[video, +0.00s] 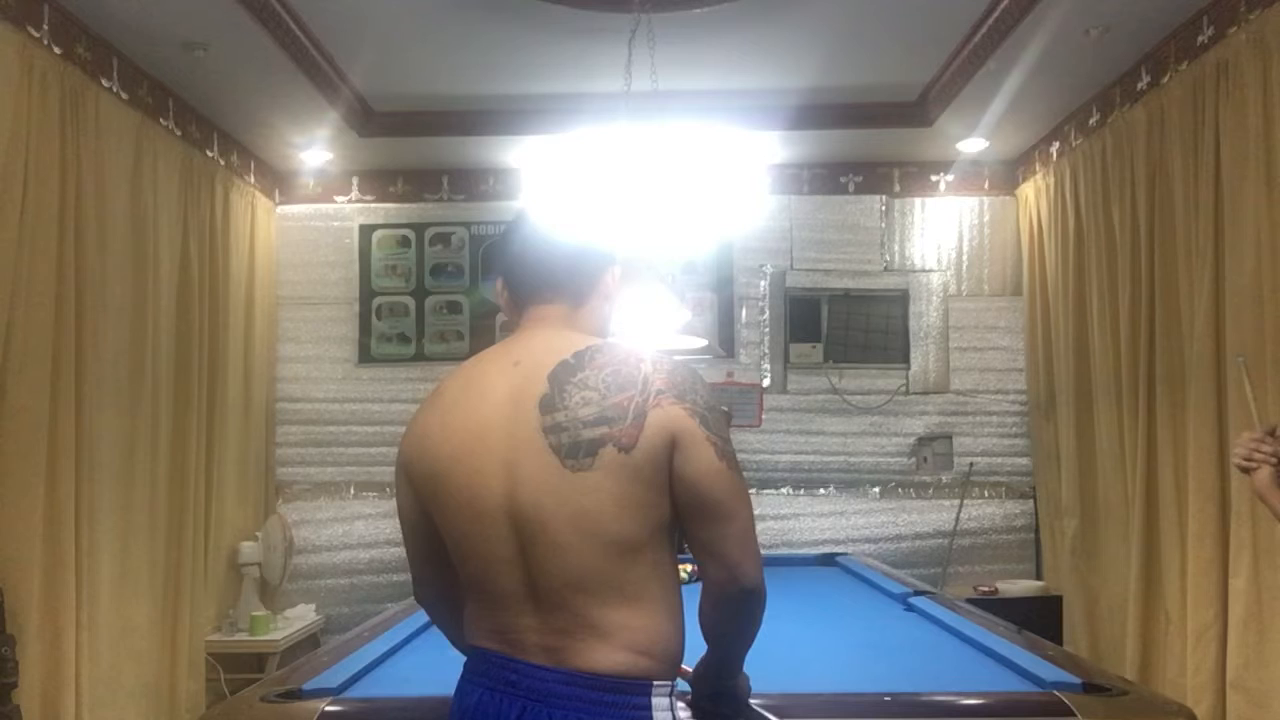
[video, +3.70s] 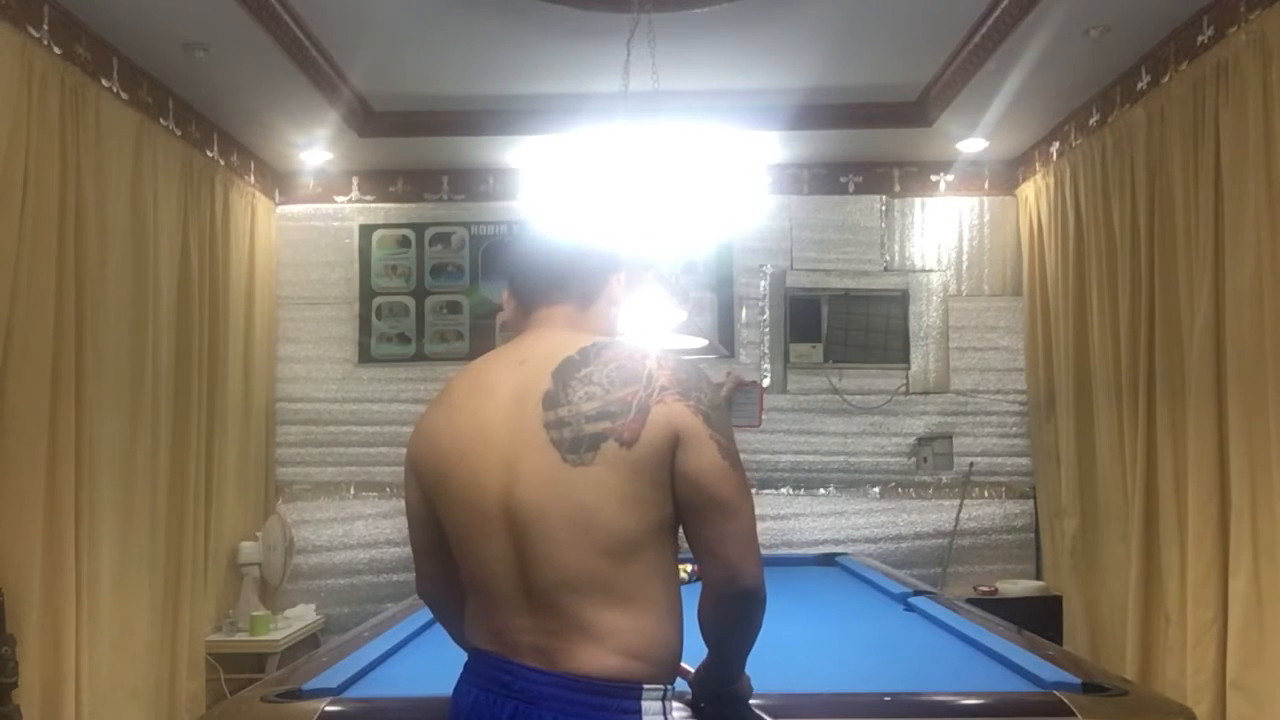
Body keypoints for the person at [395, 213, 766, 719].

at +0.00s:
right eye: (620, 282)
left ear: (502, 295)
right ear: (610, 283)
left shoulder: (434, 412)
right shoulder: (661, 388)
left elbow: (434, 589)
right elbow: (738, 580)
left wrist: (497, 662)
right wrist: (722, 673)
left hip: (485, 698)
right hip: (627, 702)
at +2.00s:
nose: (642, 290)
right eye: (640, 276)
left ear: (517, 287)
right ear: (625, 277)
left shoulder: (445, 406)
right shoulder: (668, 387)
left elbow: (440, 583)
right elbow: (738, 586)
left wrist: (504, 657)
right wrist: (723, 677)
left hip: (487, 697)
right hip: (629, 702)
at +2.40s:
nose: (637, 289)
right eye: (635, 277)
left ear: (511, 292)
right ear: (620, 280)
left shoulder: (445, 407)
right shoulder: (669, 384)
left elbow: (439, 585)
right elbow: (740, 582)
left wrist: (504, 659)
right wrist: (724, 675)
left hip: (489, 698)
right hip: (631, 703)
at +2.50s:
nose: (636, 290)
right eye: (634, 278)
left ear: (509, 294)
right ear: (618, 280)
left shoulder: (445, 408)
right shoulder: (669, 384)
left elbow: (439, 587)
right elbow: (740, 580)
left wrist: (504, 661)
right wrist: (723, 674)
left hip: (491, 697)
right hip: (634, 701)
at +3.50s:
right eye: (630, 282)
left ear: (507, 303)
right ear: (613, 285)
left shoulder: (443, 409)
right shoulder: (668, 385)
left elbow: (437, 585)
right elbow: (739, 578)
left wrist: (502, 658)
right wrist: (723, 673)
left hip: (486, 697)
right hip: (626, 703)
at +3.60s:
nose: (499, 309)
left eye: (501, 295)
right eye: (632, 284)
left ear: (509, 298)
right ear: (616, 285)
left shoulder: (444, 407)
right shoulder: (668, 386)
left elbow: (436, 583)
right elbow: (738, 580)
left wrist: (500, 657)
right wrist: (722, 674)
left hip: (485, 697)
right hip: (624, 703)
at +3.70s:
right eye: (635, 284)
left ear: (511, 299)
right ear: (617, 286)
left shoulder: (444, 407)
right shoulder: (666, 386)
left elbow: (436, 583)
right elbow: (737, 579)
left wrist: (501, 656)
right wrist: (722, 674)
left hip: (483, 696)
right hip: (623, 702)